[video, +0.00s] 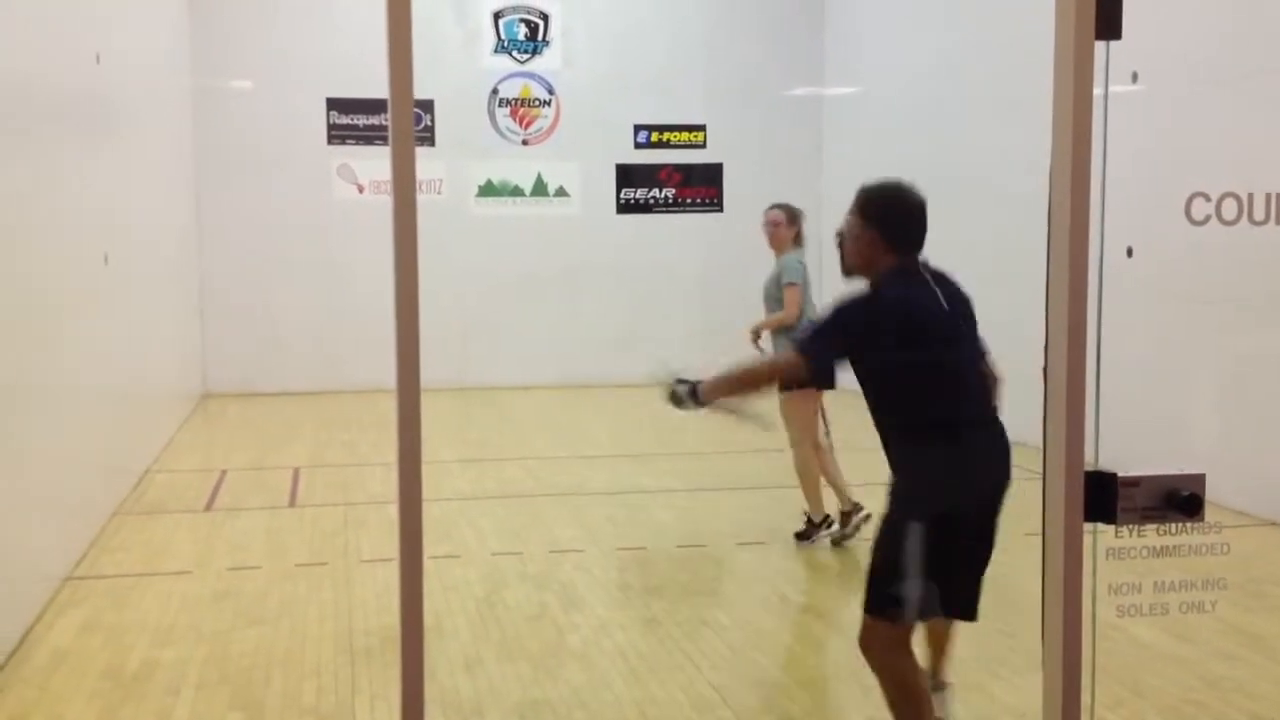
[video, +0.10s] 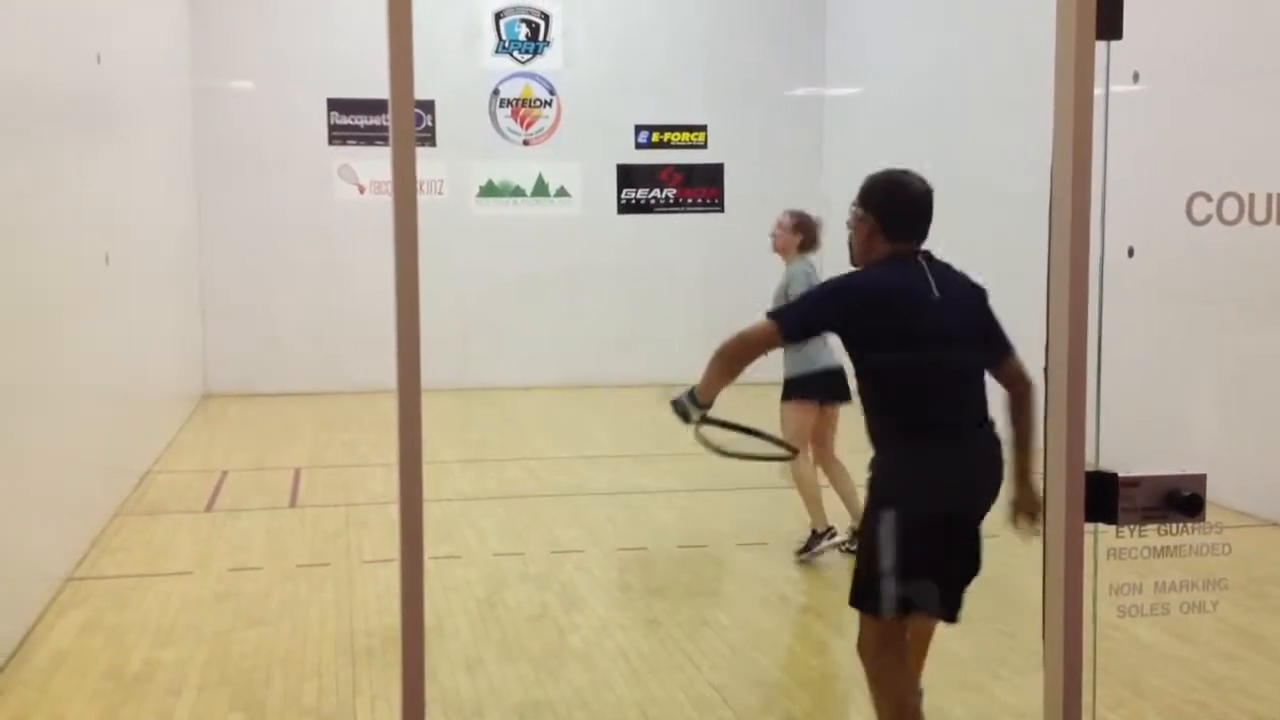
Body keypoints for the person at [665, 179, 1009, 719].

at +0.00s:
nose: (839, 235)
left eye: (850, 226)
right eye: (845, 224)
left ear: (879, 239)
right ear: (903, 239)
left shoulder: (863, 310)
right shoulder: (945, 291)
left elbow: (783, 369)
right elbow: (986, 377)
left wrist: (700, 391)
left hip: (929, 480)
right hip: (986, 466)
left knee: (882, 639)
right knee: (945, 586)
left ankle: (924, 711)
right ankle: (936, 681)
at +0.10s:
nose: (849, 229)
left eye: (854, 219)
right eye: (852, 218)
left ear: (870, 226)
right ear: (922, 229)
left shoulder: (856, 291)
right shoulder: (962, 289)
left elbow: (743, 345)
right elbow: (1020, 383)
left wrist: (701, 398)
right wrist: (1025, 481)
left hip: (907, 477)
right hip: (975, 471)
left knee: (881, 644)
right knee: (920, 618)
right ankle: (902, 701)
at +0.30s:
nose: (858, 255)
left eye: (860, 246)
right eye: (862, 245)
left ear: (868, 253)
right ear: (928, 257)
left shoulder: (848, 319)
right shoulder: (969, 324)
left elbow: (737, 377)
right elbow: (1034, 423)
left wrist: (705, 432)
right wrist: (1070, 525)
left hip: (888, 510)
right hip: (962, 504)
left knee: (870, 670)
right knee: (925, 616)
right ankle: (929, 717)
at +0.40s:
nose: (862, 246)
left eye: (864, 238)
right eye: (867, 237)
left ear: (872, 247)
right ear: (932, 248)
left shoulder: (845, 314)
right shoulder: (977, 315)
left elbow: (749, 386)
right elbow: (1035, 406)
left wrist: (737, 450)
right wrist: (1064, 485)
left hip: (890, 496)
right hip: (967, 491)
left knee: (876, 662)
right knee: (940, 618)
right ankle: (952, 717)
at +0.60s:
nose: (871, 261)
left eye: (872, 255)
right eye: (876, 253)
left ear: (878, 263)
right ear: (937, 260)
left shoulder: (856, 331)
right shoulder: (985, 315)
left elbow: (804, 422)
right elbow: (1063, 385)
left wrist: (836, 465)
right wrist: (1121, 458)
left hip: (908, 505)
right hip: (986, 499)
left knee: (904, 654)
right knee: (967, 630)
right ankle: (962, 719)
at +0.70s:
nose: (881, 266)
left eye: (882, 259)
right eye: (886, 258)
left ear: (889, 267)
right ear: (946, 261)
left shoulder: (874, 335)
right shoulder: (997, 311)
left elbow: (844, 434)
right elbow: (1090, 374)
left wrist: (896, 465)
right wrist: (1165, 445)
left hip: (922, 498)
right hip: (1000, 493)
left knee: (909, 645)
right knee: (977, 635)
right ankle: (965, 719)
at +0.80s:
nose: (897, 267)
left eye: (897, 260)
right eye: (901, 258)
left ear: (903, 266)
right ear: (958, 258)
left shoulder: (892, 334)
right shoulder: (1010, 303)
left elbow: (875, 434)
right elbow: (1106, 352)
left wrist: (923, 456)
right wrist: (1184, 420)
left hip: (937, 490)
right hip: (1012, 486)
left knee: (920, 627)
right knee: (985, 633)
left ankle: (906, 712)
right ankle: (968, 715)